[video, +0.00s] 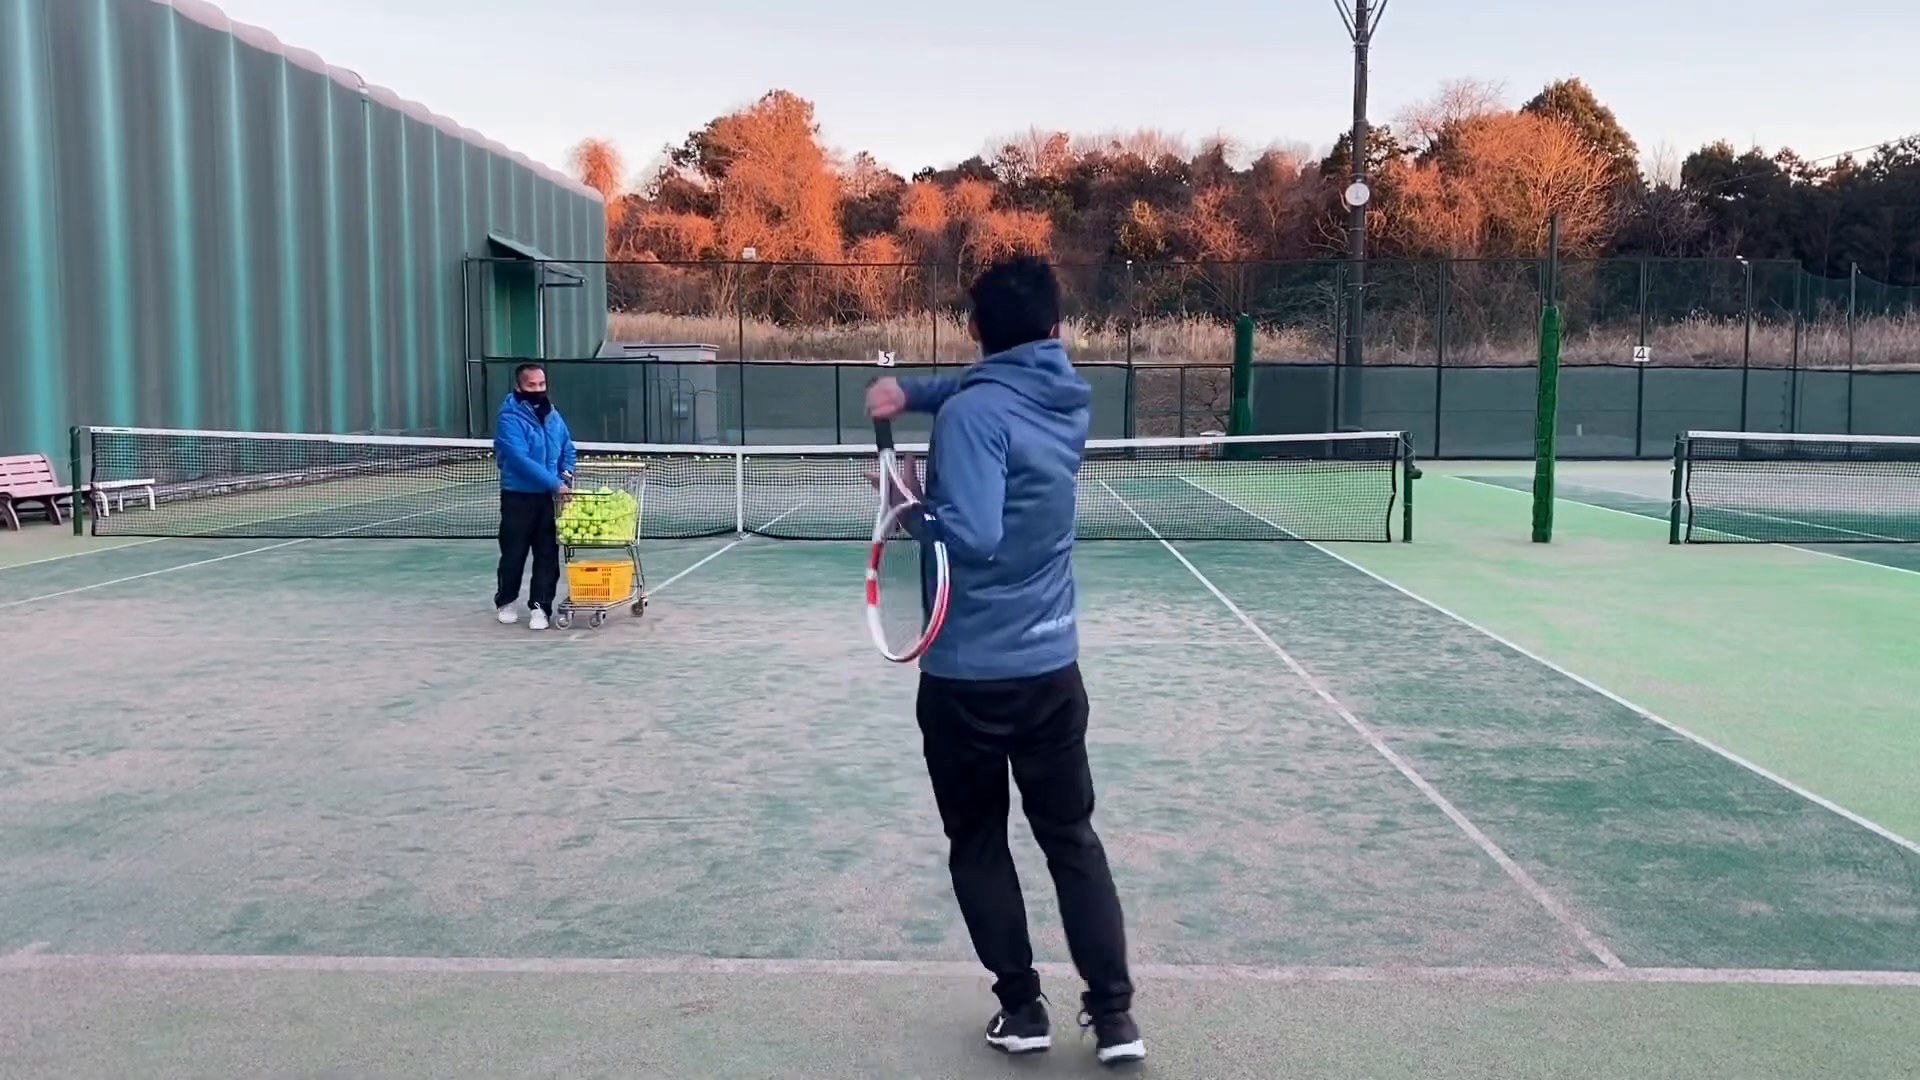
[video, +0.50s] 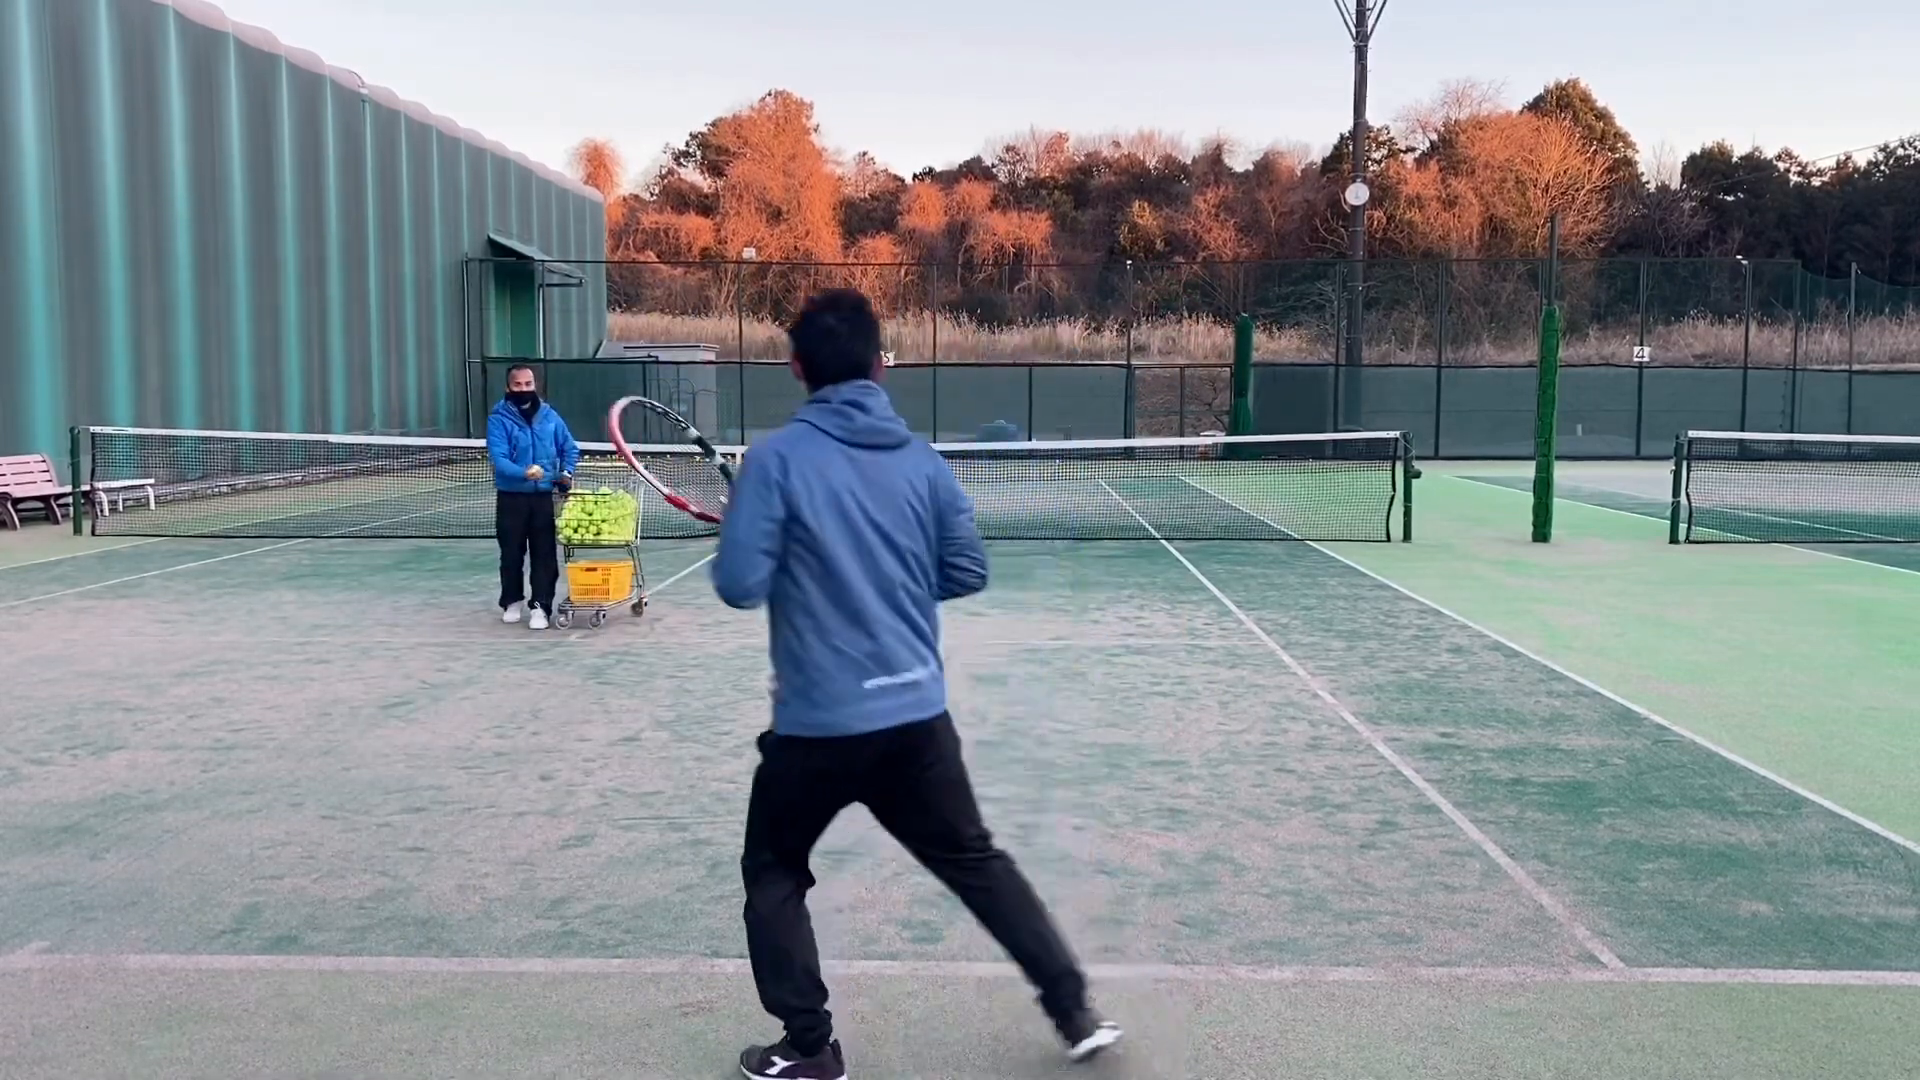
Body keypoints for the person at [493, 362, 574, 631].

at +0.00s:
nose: (538, 389)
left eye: (542, 384)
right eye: (532, 384)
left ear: (546, 384)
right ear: (519, 386)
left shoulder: (552, 414)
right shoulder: (509, 417)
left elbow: (568, 447)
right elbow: (519, 458)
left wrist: (566, 471)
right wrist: (555, 484)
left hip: (548, 493)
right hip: (518, 494)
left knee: (547, 554)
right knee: (514, 552)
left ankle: (541, 607)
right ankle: (506, 602)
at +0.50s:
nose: (523, 389)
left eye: (527, 384)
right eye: (517, 384)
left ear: (535, 385)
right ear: (508, 387)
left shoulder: (549, 415)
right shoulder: (498, 418)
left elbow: (571, 449)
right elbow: (498, 460)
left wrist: (566, 473)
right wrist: (524, 472)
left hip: (543, 495)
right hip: (511, 496)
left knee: (544, 554)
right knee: (511, 553)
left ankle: (540, 607)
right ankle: (512, 602)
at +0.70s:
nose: (515, 391)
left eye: (519, 386)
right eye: (509, 387)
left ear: (527, 387)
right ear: (501, 390)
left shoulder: (545, 417)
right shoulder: (491, 420)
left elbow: (566, 447)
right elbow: (488, 457)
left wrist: (566, 472)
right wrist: (500, 476)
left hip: (538, 496)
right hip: (506, 497)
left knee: (539, 553)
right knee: (508, 554)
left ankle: (540, 606)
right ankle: (512, 603)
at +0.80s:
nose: (510, 391)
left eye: (515, 386)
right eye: (505, 387)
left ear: (524, 387)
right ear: (497, 389)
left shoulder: (541, 415)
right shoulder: (490, 419)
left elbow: (568, 448)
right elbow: (484, 457)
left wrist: (566, 476)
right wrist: (494, 484)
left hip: (536, 496)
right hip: (503, 497)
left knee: (537, 553)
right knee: (505, 555)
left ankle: (539, 605)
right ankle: (511, 603)